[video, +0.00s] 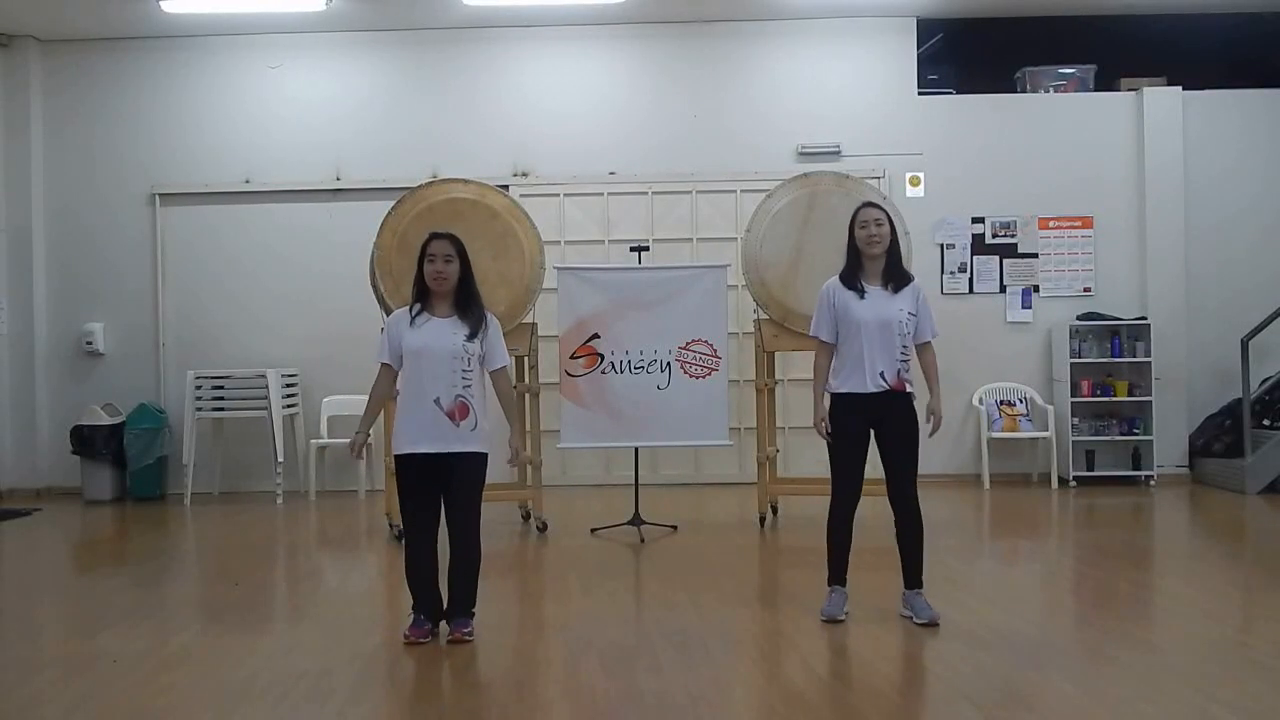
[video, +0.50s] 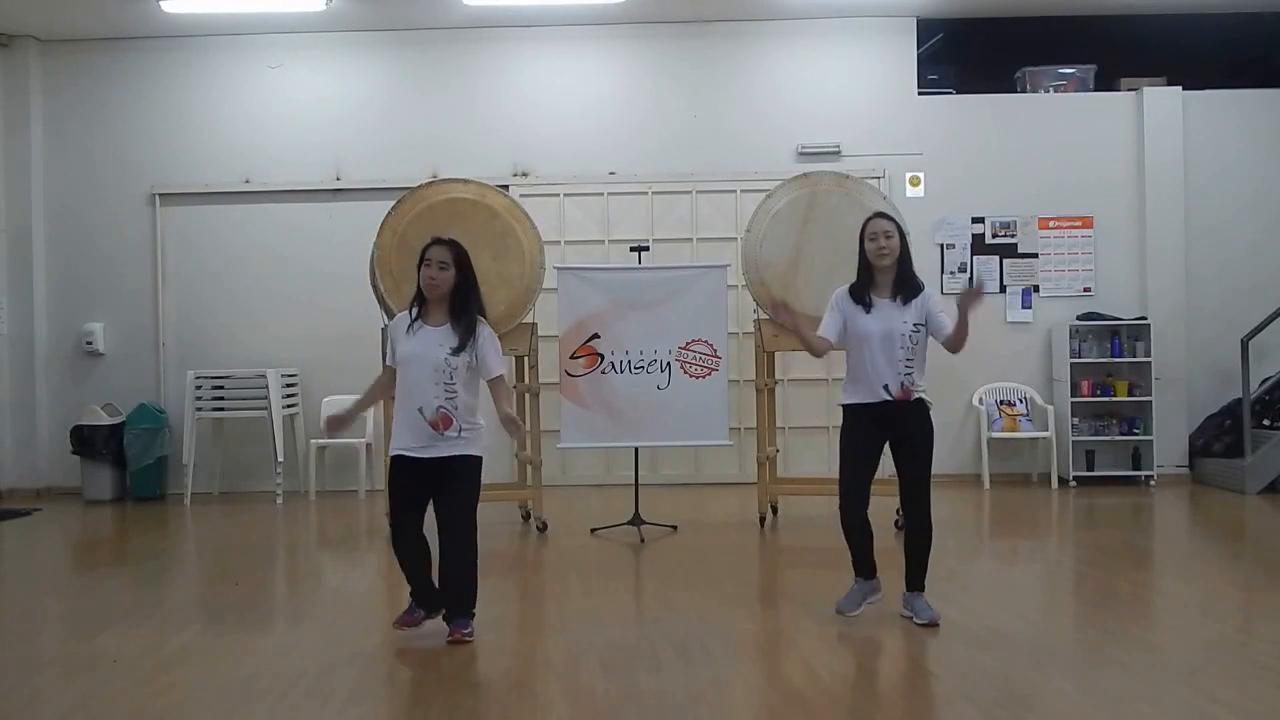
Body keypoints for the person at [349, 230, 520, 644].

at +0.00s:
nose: (439, 267)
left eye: (448, 260)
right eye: (431, 260)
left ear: (462, 267)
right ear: (421, 268)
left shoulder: (483, 322)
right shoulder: (400, 321)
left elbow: (502, 382)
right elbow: (387, 379)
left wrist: (517, 432)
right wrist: (363, 429)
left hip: (467, 447)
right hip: (413, 447)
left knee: (464, 534)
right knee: (418, 535)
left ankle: (461, 615)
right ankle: (424, 614)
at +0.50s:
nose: (431, 273)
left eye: (442, 267)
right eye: (426, 265)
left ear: (458, 277)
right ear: (418, 273)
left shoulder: (476, 330)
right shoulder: (399, 326)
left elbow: (497, 381)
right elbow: (390, 377)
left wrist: (506, 412)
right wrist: (351, 412)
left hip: (460, 450)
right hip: (409, 450)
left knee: (458, 532)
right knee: (403, 529)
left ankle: (460, 614)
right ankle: (425, 596)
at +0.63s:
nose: (425, 268)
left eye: (437, 262)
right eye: (421, 260)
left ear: (453, 274)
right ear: (413, 268)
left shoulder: (467, 324)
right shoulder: (394, 321)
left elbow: (479, 381)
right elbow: (371, 370)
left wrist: (462, 369)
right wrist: (324, 368)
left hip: (453, 448)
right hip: (402, 446)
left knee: (455, 535)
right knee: (385, 524)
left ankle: (459, 616)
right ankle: (401, 592)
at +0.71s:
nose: (419, 262)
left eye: (431, 258)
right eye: (414, 255)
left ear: (447, 270)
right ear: (406, 264)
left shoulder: (457, 319)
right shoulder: (384, 318)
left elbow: (454, 371)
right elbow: (359, 368)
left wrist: (417, 340)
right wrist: (339, 344)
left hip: (445, 445)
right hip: (392, 444)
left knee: (452, 531)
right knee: (375, 529)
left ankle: (459, 616)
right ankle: (370, 611)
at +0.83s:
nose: (410, 265)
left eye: (422, 261)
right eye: (406, 258)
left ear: (437, 275)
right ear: (396, 268)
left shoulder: (445, 321)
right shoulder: (378, 320)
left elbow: (431, 367)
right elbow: (343, 372)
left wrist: (375, 338)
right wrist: (361, 342)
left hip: (434, 448)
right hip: (381, 448)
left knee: (447, 534)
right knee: (371, 535)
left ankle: (460, 617)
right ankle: (358, 618)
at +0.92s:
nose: (398, 262)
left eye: (409, 258)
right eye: (393, 255)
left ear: (423, 273)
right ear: (381, 268)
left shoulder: (433, 319)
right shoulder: (360, 318)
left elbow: (435, 367)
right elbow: (326, 367)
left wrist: (391, 353)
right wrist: (327, 351)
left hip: (419, 448)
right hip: (366, 447)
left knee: (434, 536)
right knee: (362, 537)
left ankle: (457, 614)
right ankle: (359, 619)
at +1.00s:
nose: (390, 263)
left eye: (399, 258)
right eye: (382, 257)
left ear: (413, 272)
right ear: (371, 271)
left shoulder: (428, 321)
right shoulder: (352, 322)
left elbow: (447, 368)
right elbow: (310, 361)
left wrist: (430, 359)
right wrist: (284, 355)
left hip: (411, 448)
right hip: (357, 449)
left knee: (425, 533)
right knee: (356, 537)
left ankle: (452, 614)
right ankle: (360, 619)